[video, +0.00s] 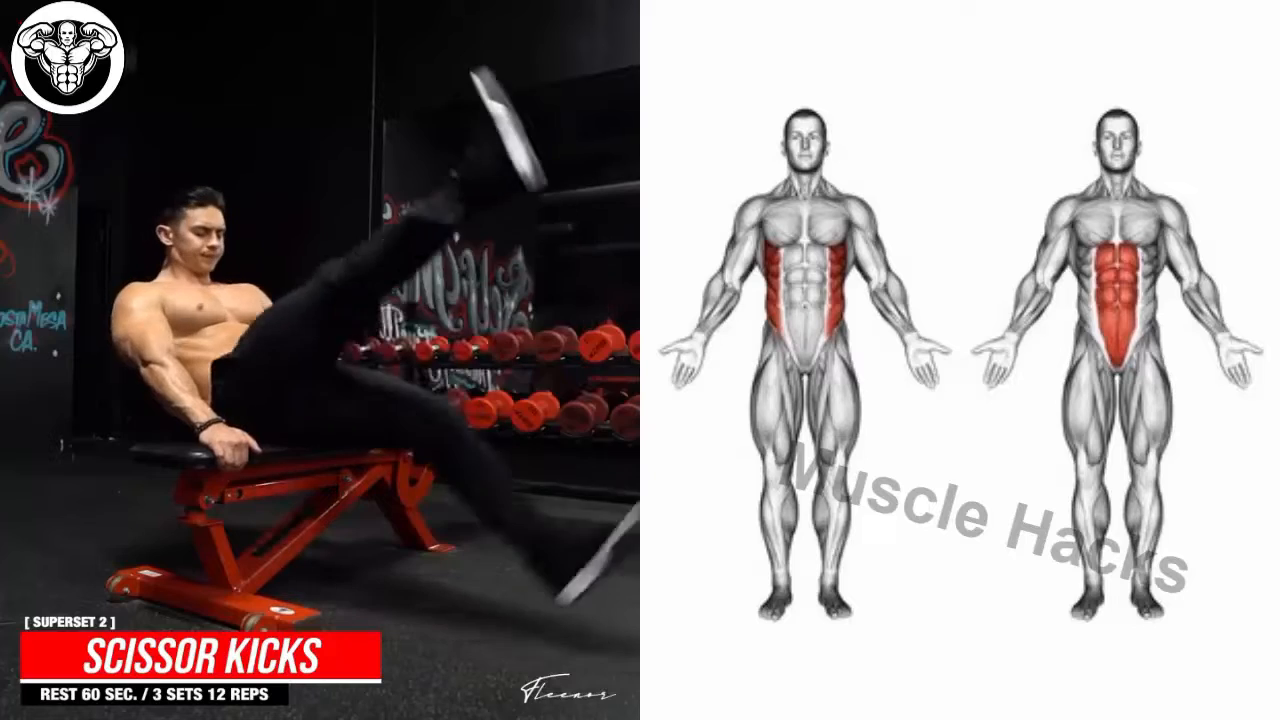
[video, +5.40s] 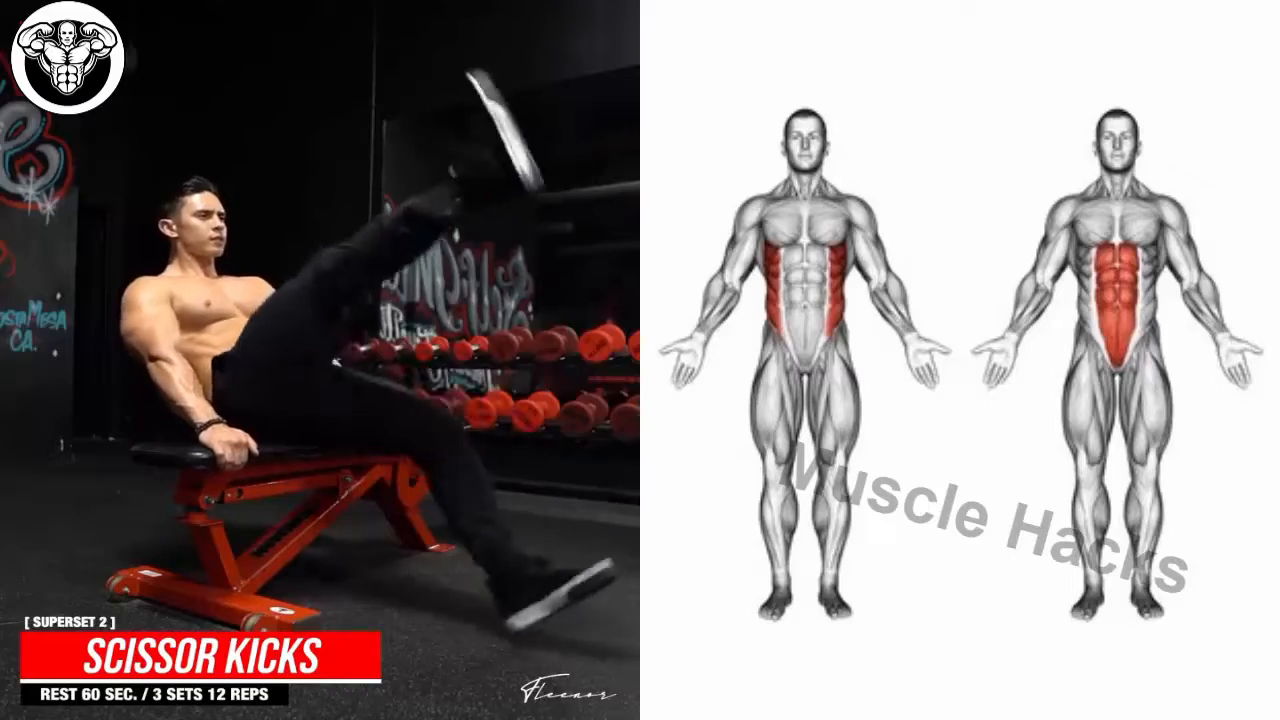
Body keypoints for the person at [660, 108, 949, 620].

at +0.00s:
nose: (804, 146)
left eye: (812, 138)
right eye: (797, 138)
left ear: (825, 145)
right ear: (785, 145)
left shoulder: (851, 211)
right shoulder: (758, 211)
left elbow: (881, 281)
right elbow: (729, 281)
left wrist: (909, 336)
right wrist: (700, 336)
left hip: (832, 356)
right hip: (777, 355)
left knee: (834, 467)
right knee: (776, 469)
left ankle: (830, 584)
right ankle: (780, 585)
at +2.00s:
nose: (804, 145)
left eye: (812, 138)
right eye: (797, 138)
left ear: (825, 145)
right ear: (785, 146)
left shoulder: (851, 211)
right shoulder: (758, 211)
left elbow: (881, 281)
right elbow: (729, 281)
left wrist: (909, 336)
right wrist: (700, 336)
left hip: (832, 355)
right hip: (778, 355)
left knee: (834, 467)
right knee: (776, 469)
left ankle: (829, 584)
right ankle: (780, 585)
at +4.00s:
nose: (805, 145)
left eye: (812, 138)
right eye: (797, 138)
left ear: (825, 145)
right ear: (785, 145)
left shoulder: (851, 211)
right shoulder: (758, 211)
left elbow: (881, 281)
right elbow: (729, 281)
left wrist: (909, 336)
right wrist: (700, 336)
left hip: (832, 356)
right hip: (777, 355)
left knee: (834, 467)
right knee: (777, 469)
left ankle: (829, 584)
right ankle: (780, 585)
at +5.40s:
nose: (805, 145)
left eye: (812, 138)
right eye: (797, 138)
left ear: (825, 145)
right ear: (785, 145)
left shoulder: (851, 211)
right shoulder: (758, 211)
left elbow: (881, 281)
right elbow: (729, 281)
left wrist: (909, 336)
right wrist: (700, 336)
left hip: (832, 355)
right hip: (777, 355)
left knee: (834, 467)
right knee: (777, 469)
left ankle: (830, 584)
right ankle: (780, 585)